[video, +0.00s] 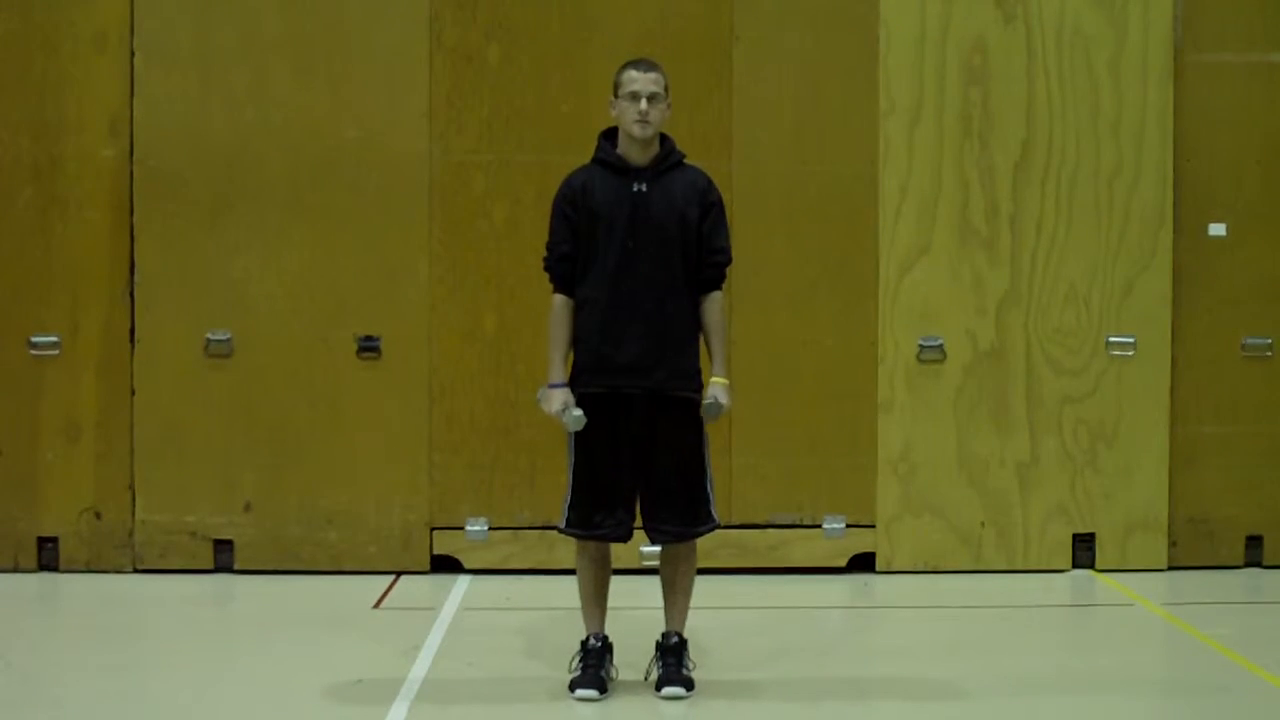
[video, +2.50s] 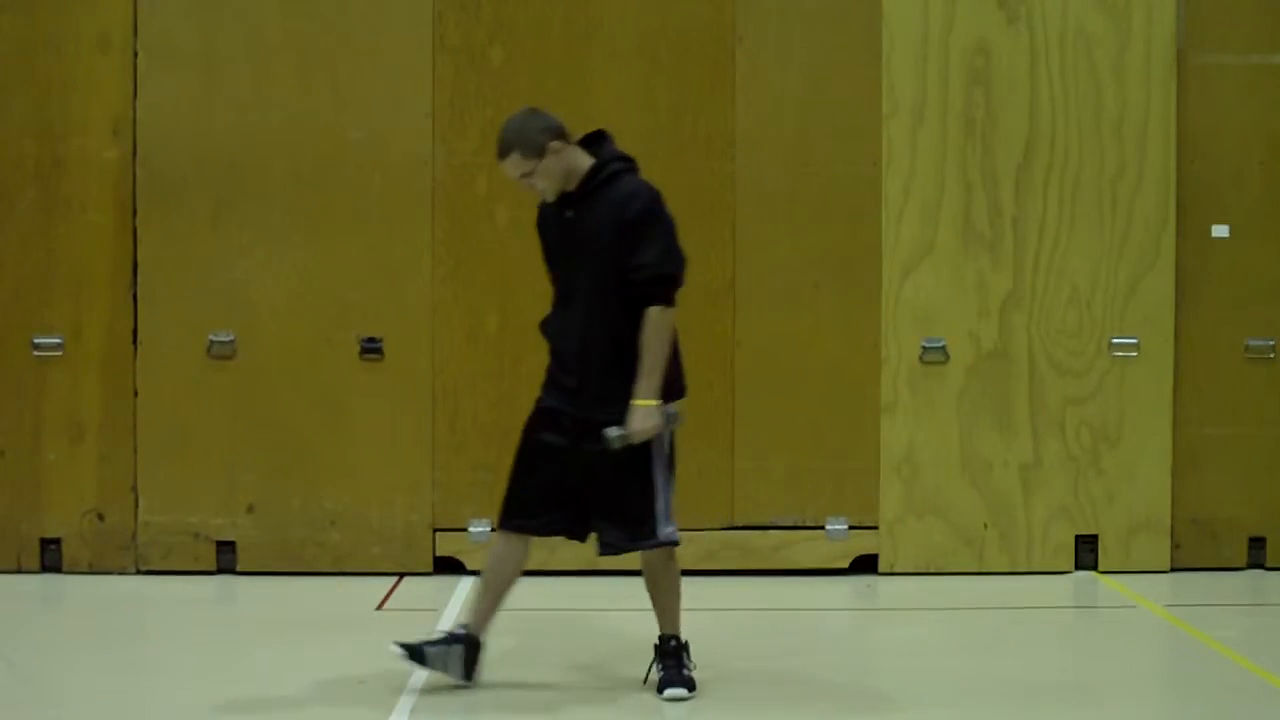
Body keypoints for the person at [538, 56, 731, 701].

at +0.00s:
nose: (644, 108)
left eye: (655, 99)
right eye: (634, 98)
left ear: (669, 109)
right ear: (613, 107)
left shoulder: (696, 188)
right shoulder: (580, 188)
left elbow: (711, 289)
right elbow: (563, 291)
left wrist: (719, 373)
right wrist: (556, 379)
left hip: (674, 384)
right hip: (599, 384)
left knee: (679, 523)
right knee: (594, 522)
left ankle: (673, 647)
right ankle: (594, 647)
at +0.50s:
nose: (645, 107)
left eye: (655, 98)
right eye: (634, 97)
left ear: (669, 107)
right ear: (614, 106)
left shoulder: (698, 189)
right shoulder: (581, 189)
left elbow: (713, 290)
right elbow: (565, 292)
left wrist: (723, 374)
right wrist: (560, 379)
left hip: (676, 384)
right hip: (601, 384)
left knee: (680, 525)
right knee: (595, 523)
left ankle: (675, 647)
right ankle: (595, 647)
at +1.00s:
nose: (649, 108)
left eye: (659, 98)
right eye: (638, 98)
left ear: (674, 107)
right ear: (620, 107)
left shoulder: (705, 189)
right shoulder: (588, 188)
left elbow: (718, 290)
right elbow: (570, 290)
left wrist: (724, 375)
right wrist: (564, 378)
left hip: (680, 384)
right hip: (604, 383)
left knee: (682, 524)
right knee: (596, 522)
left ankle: (675, 647)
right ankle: (595, 646)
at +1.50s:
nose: (663, 110)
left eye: (674, 101)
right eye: (653, 100)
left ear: (690, 109)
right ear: (635, 108)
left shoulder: (718, 192)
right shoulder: (601, 188)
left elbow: (730, 292)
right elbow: (580, 287)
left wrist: (734, 378)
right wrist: (564, 372)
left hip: (688, 386)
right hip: (612, 383)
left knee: (686, 523)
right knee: (600, 520)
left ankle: (675, 647)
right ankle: (596, 645)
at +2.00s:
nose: (622, 152)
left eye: (630, 140)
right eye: (616, 141)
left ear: (661, 122)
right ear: (611, 133)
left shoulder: (718, 192)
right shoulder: (601, 192)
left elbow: (734, 291)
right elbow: (584, 286)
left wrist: (733, 379)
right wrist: (567, 369)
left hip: (689, 389)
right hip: (615, 387)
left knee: (686, 525)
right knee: (610, 522)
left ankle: (676, 648)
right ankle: (610, 646)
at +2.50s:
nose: (529, 190)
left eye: (529, 175)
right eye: (520, 180)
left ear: (557, 148)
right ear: (536, 162)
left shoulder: (634, 200)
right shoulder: (553, 211)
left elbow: (661, 302)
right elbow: (572, 300)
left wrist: (646, 397)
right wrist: (567, 376)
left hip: (635, 393)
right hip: (568, 388)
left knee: (652, 531)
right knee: (519, 517)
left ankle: (672, 650)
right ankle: (466, 642)